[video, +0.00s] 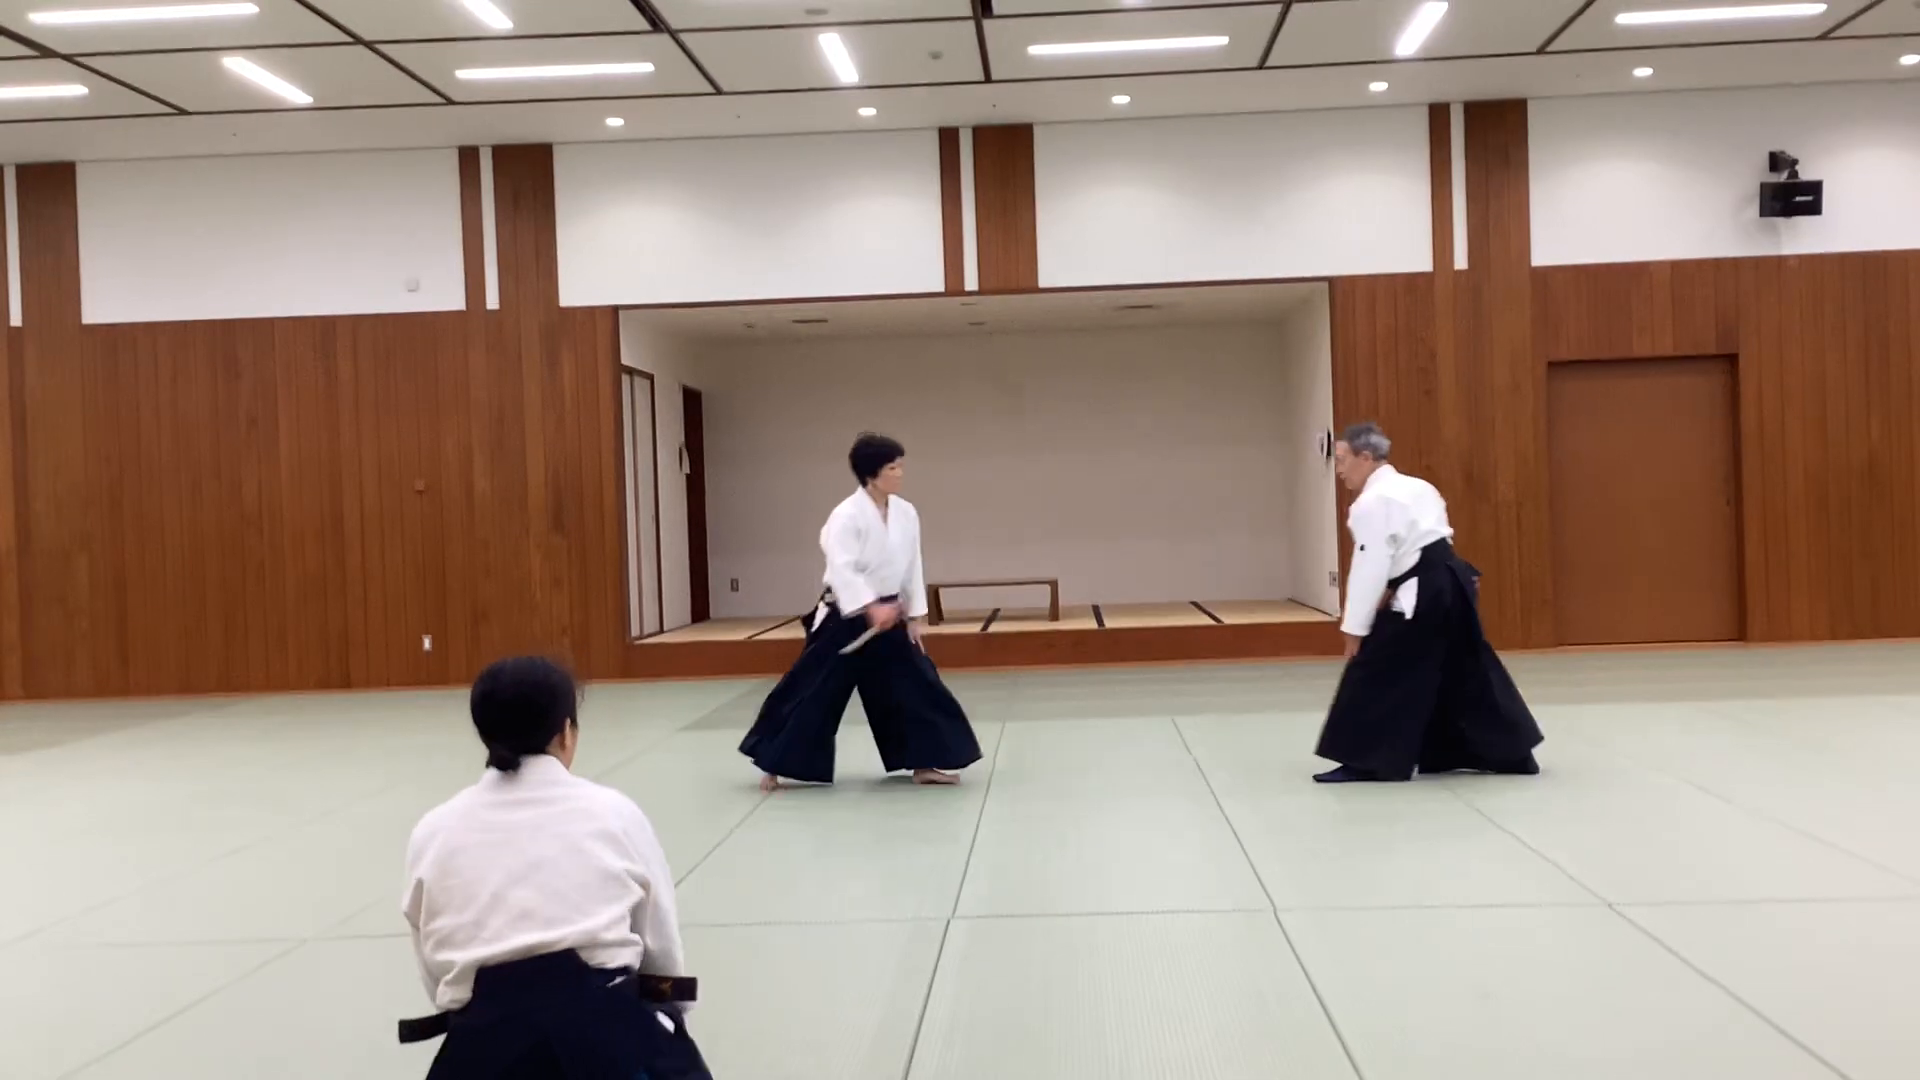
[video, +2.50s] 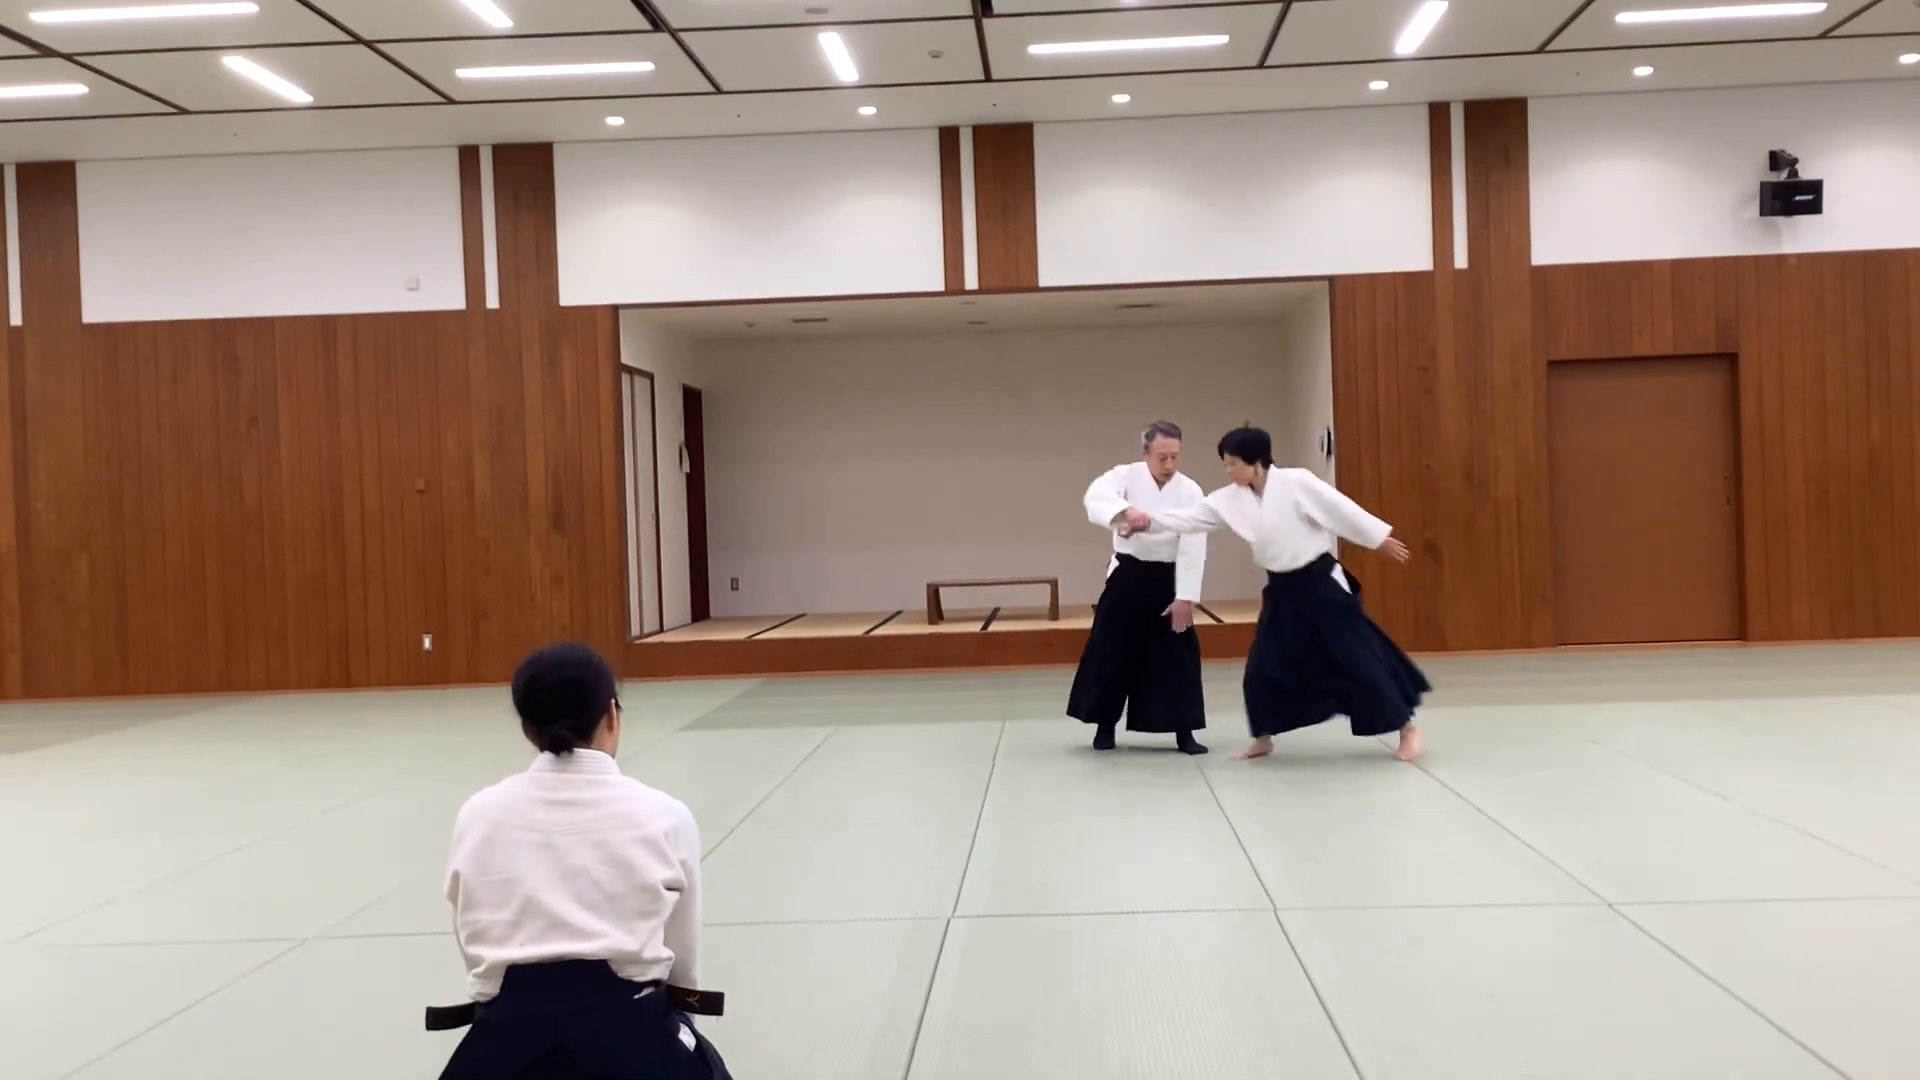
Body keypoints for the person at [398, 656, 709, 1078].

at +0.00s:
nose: (575, 736)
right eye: (575, 726)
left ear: (487, 735)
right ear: (566, 735)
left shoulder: (435, 830)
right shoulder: (614, 811)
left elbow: (436, 977)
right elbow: (661, 950)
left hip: (486, 1041)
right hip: (607, 1030)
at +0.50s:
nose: (553, 732)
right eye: (551, 721)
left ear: (464, 739)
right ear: (541, 729)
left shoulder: (420, 837)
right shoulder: (591, 810)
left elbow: (425, 961)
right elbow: (655, 943)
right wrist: (699, 1046)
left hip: (461, 1036)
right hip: (584, 1024)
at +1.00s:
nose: (583, 721)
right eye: (581, 709)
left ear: (493, 730)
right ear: (573, 718)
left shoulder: (451, 827)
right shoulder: (632, 807)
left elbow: (455, 973)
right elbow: (669, 955)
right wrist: (670, 1041)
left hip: (496, 1040)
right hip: (620, 1033)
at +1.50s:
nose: (616, 719)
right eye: (615, 708)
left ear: (524, 727)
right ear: (607, 716)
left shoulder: (476, 812)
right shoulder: (661, 810)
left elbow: (472, 950)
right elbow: (680, 959)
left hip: (507, 1038)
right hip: (631, 1035)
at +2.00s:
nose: (618, 720)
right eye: (618, 710)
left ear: (528, 732)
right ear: (612, 718)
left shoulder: (480, 814)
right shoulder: (664, 816)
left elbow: (473, 949)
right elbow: (682, 964)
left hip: (509, 1040)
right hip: (631, 1038)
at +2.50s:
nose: (618, 719)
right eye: (618, 708)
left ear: (528, 732)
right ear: (612, 717)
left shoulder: (479, 815)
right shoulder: (664, 816)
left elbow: (473, 950)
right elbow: (682, 964)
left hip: (509, 1039)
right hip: (631, 1038)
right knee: (702, 1054)